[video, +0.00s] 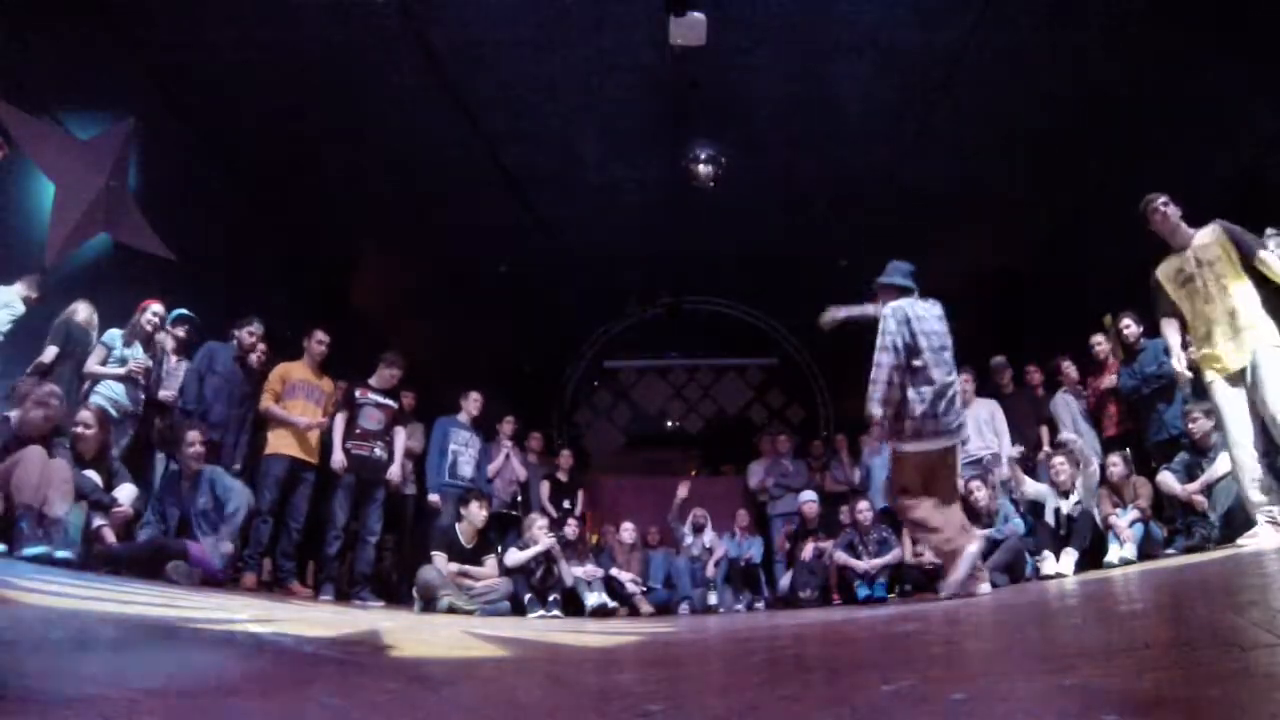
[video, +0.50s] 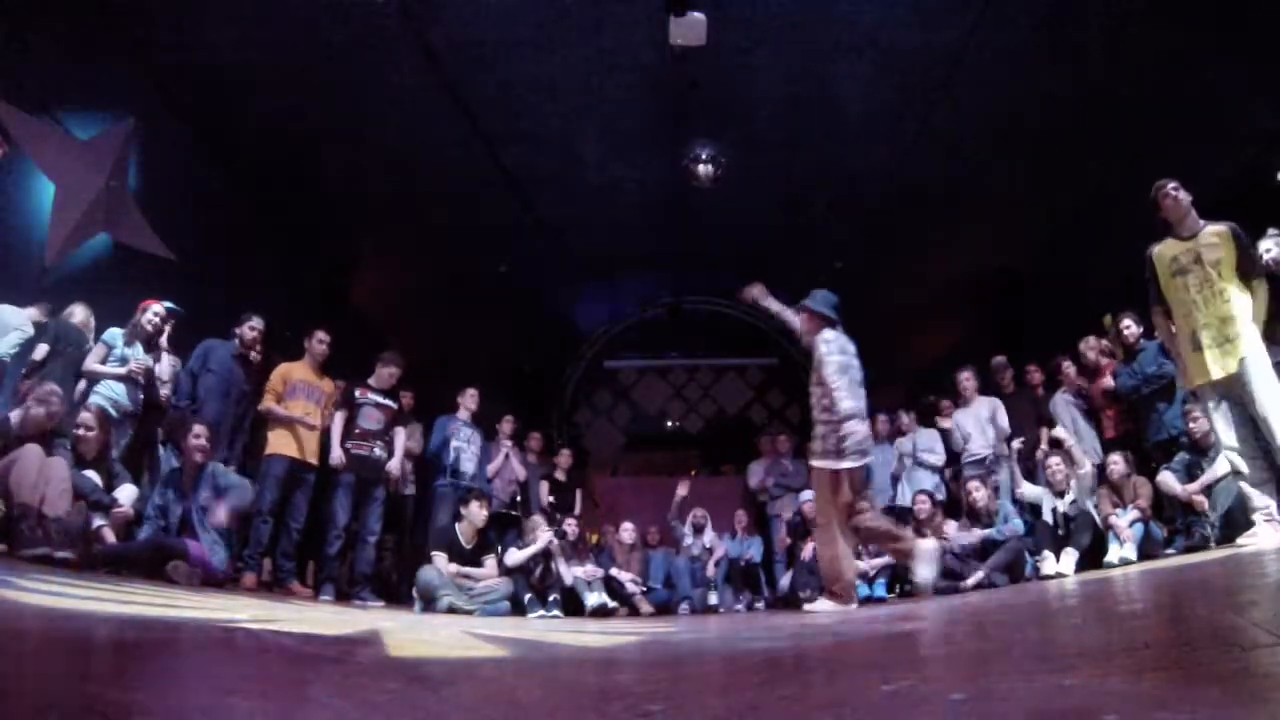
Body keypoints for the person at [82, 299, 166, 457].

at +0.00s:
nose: (156, 321)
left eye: (160, 319)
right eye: (153, 314)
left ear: (161, 325)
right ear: (140, 313)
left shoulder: (155, 351)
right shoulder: (114, 335)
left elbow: (153, 389)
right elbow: (89, 368)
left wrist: (148, 375)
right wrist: (123, 371)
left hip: (130, 412)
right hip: (102, 402)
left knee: (111, 459)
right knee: (87, 453)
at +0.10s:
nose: (156, 321)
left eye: (160, 319)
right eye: (153, 314)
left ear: (162, 325)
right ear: (141, 313)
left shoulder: (152, 350)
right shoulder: (114, 335)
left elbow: (153, 388)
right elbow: (89, 368)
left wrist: (162, 355)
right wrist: (123, 371)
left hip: (131, 412)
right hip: (102, 402)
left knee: (112, 460)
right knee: (87, 454)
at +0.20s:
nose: (156, 321)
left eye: (161, 319)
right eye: (154, 314)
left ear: (161, 325)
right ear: (141, 313)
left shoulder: (151, 350)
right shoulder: (114, 335)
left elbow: (152, 386)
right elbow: (88, 367)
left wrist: (161, 352)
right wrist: (123, 371)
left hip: (130, 412)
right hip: (102, 402)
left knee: (111, 460)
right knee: (86, 453)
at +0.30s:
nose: (156, 321)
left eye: (161, 320)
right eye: (154, 314)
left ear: (162, 326)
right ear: (141, 313)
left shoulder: (151, 351)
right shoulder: (115, 335)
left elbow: (158, 383)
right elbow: (88, 367)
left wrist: (163, 351)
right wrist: (123, 371)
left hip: (130, 413)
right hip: (102, 403)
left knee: (112, 460)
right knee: (86, 454)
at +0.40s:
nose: (156, 321)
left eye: (161, 320)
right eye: (154, 314)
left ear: (162, 326)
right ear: (141, 313)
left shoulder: (150, 352)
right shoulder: (115, 334)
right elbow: (88, 367)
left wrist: (164, 349)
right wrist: (124, 371)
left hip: (129, 413)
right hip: (101, 403)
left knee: (111, 461)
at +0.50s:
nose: (157, 321)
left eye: (161, 319)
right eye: (154, 314)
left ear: (162, 326)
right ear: (141, 313)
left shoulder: (151, 352)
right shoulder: (115, 334)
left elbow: (165, 380)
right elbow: (87, 367)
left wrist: (164, 347)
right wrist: (124, 371)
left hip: (129, 413)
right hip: (101, 402)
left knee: (112, 460)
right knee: (85, 453)